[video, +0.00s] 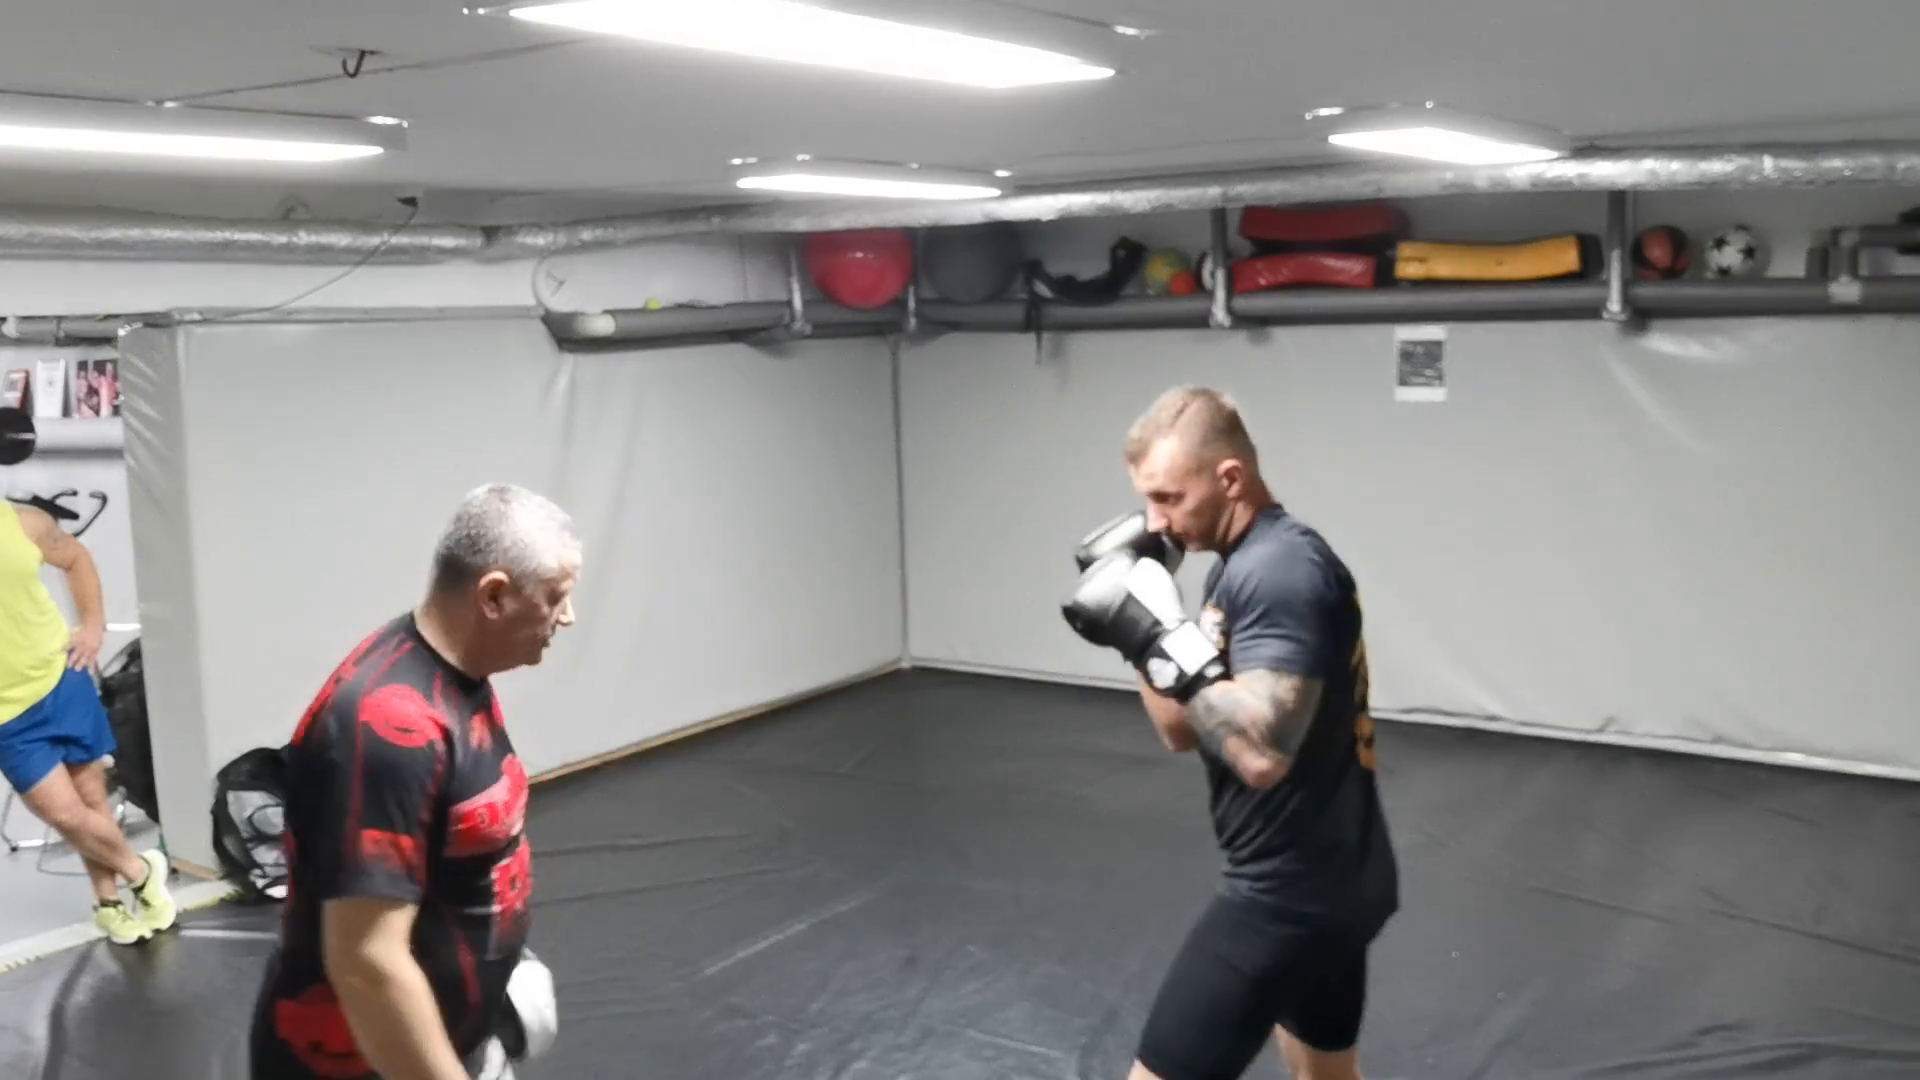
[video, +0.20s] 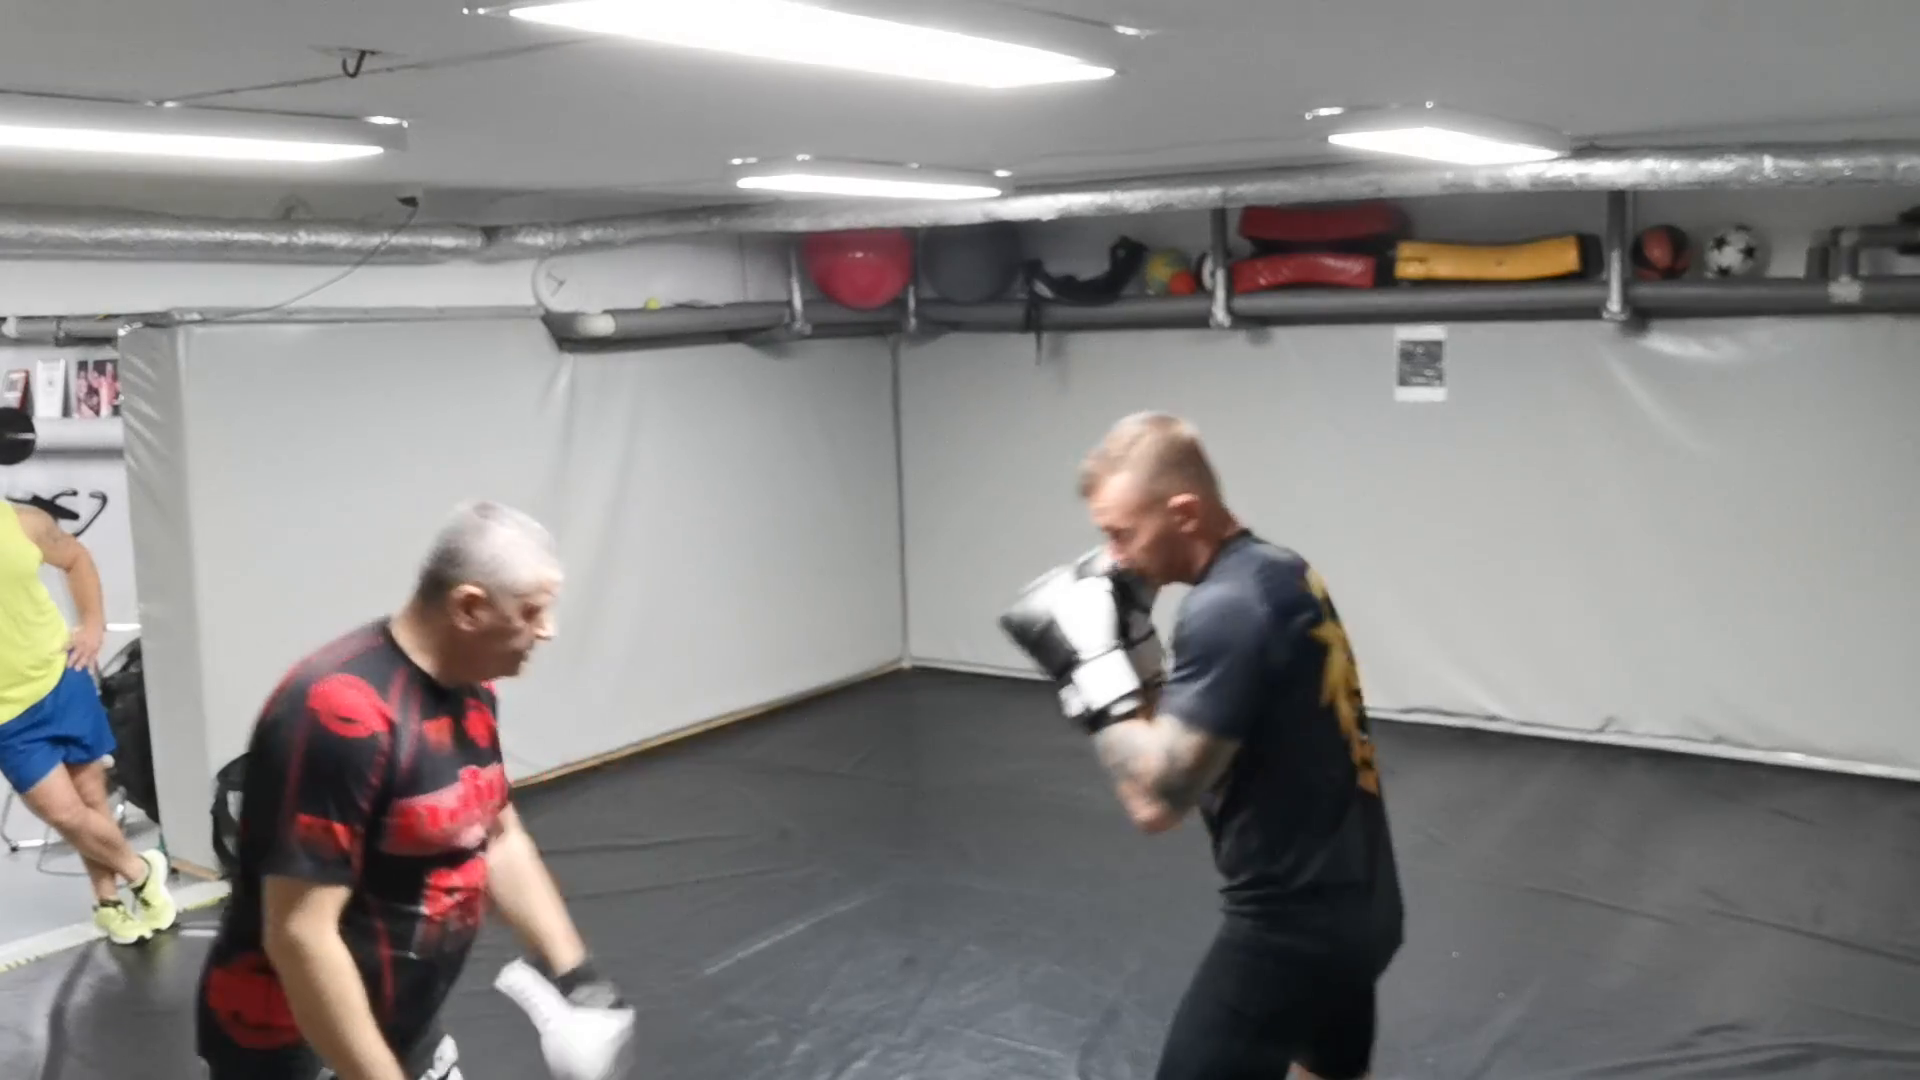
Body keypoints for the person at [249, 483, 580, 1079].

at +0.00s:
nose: (567, 618)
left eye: (568, 598)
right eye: (557, 598)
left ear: (494, 598)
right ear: (494, 597)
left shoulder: (455, 674)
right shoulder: (388, 720)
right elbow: (366, 960)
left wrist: (501, 961)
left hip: (440, 1035)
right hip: (362, 1060)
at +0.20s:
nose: (548, 633)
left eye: (548, 612)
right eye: (533, 613)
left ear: (470, 611)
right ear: (469, 609)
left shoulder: (466, 685)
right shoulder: (337, 712)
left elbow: (499, 835)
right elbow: (297, 931)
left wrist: (576, 977)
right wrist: (381, 1072)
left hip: (403, 1030)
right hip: (291, 1048)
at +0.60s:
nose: (373, 624)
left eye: (371, 601)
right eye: (354, 605)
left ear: (281, 607)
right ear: (280, 606)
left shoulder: (298, 666)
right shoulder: (185, 731)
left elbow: (428, 682)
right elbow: (190, 962)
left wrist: (452, 580)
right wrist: (283, 1075)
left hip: (316, 1043)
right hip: (208, 1061)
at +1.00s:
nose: (251, 617)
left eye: (250, 593)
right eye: (224, 600)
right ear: (139, 603)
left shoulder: (252, 651)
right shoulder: (68, 751)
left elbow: (367, 701)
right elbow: (105, 982)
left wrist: (469, 704)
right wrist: (226, 1073)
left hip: (301, 1029)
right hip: (181, 1058)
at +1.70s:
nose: (468, 668)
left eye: (471, 642)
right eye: (449, 643)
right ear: (361, 634)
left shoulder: (466, 715)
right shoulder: (216, 765)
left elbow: (588, 808)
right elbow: (131, 978)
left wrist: (585, 931)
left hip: (413, 1059)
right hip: (255, 1062)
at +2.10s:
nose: (741, 613)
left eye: (743, 592)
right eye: (728, 591)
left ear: (666, 582)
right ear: (649, 582)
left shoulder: (723, 667)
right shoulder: (500, 721)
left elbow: (899, 697)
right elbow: (430, 961)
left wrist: (1079, 759)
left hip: (673, 1043)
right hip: (549, 1053)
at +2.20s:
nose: (802, 624)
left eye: (802, 602)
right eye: (791, 602)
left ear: (723, 596)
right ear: (716, 596)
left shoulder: (773, 675)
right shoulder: (573, 741)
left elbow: (948, 694)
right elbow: (512, 992)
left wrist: (1133, 737)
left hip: (748, 1045)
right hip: (629, 1056)